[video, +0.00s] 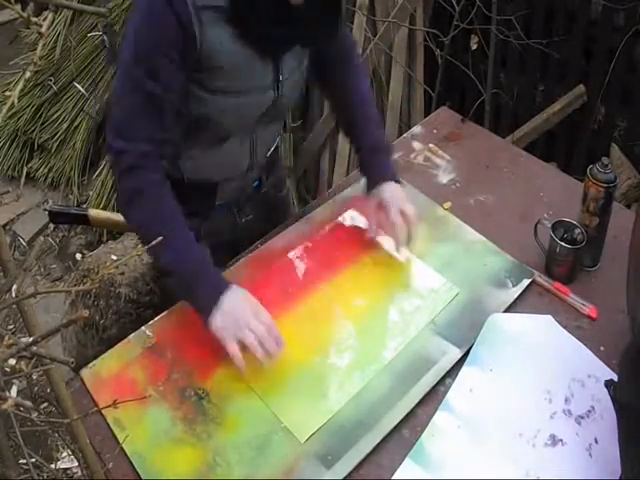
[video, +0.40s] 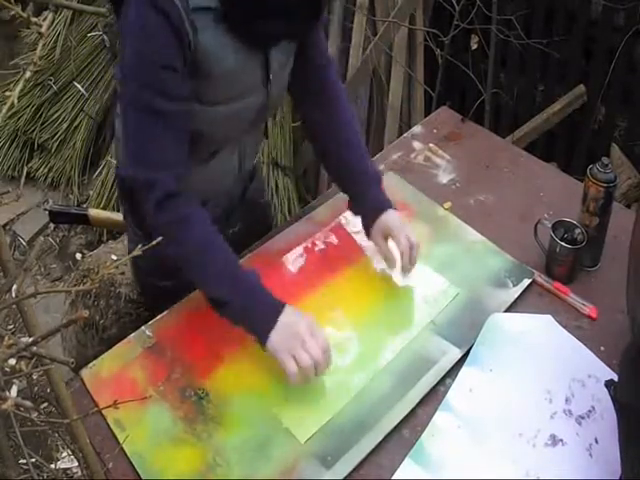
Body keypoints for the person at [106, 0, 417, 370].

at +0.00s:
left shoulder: (312, 11)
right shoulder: (169, 14)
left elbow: (341, 63)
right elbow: (135, 165)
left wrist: (382, 176)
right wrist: (214, 295)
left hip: (266, 183)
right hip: (192, 208)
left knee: (296, 307)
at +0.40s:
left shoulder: (289, 13)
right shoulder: (157, 17)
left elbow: (321, 97)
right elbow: (156, 190)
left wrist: (375, 206)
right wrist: (267, 315)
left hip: (244, 192)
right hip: (171, 215)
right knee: (194, 349)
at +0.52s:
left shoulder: (292, 14)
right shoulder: (158, 22)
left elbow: (329, 99)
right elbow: (169, 193)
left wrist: (390, 219)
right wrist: (266, 342)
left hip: (240, 186)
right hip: (166, 210)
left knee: (271, 304)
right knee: (176, 342)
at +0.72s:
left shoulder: (374, 6)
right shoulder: (235, 9)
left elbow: (431, 48)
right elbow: (196, 117)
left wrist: (520, 117)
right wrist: (285, 193)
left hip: (299, 204)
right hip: (224, 210)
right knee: (218, 347)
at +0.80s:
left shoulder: (422, 6)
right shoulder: (275, 6)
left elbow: (464, 75)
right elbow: (231, 66)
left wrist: (552, 162)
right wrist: (311, 155)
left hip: (332, 173)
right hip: (254, 173)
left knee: (320, 312)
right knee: (255, 316)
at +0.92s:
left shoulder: (423, 9)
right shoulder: (325, 8)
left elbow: (443, 64)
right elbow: (331, 109)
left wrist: (518, 140)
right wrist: (451, 178)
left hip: (345, 140)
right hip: (269, 139)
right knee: (261, 290)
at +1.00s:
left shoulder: (428, 8)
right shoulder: (359, 8)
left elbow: (453, 65)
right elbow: (413, 101)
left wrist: (523, 166)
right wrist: (532, 193)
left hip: (335, 131)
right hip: (271, 124)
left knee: (321, 281)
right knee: (258, 293)